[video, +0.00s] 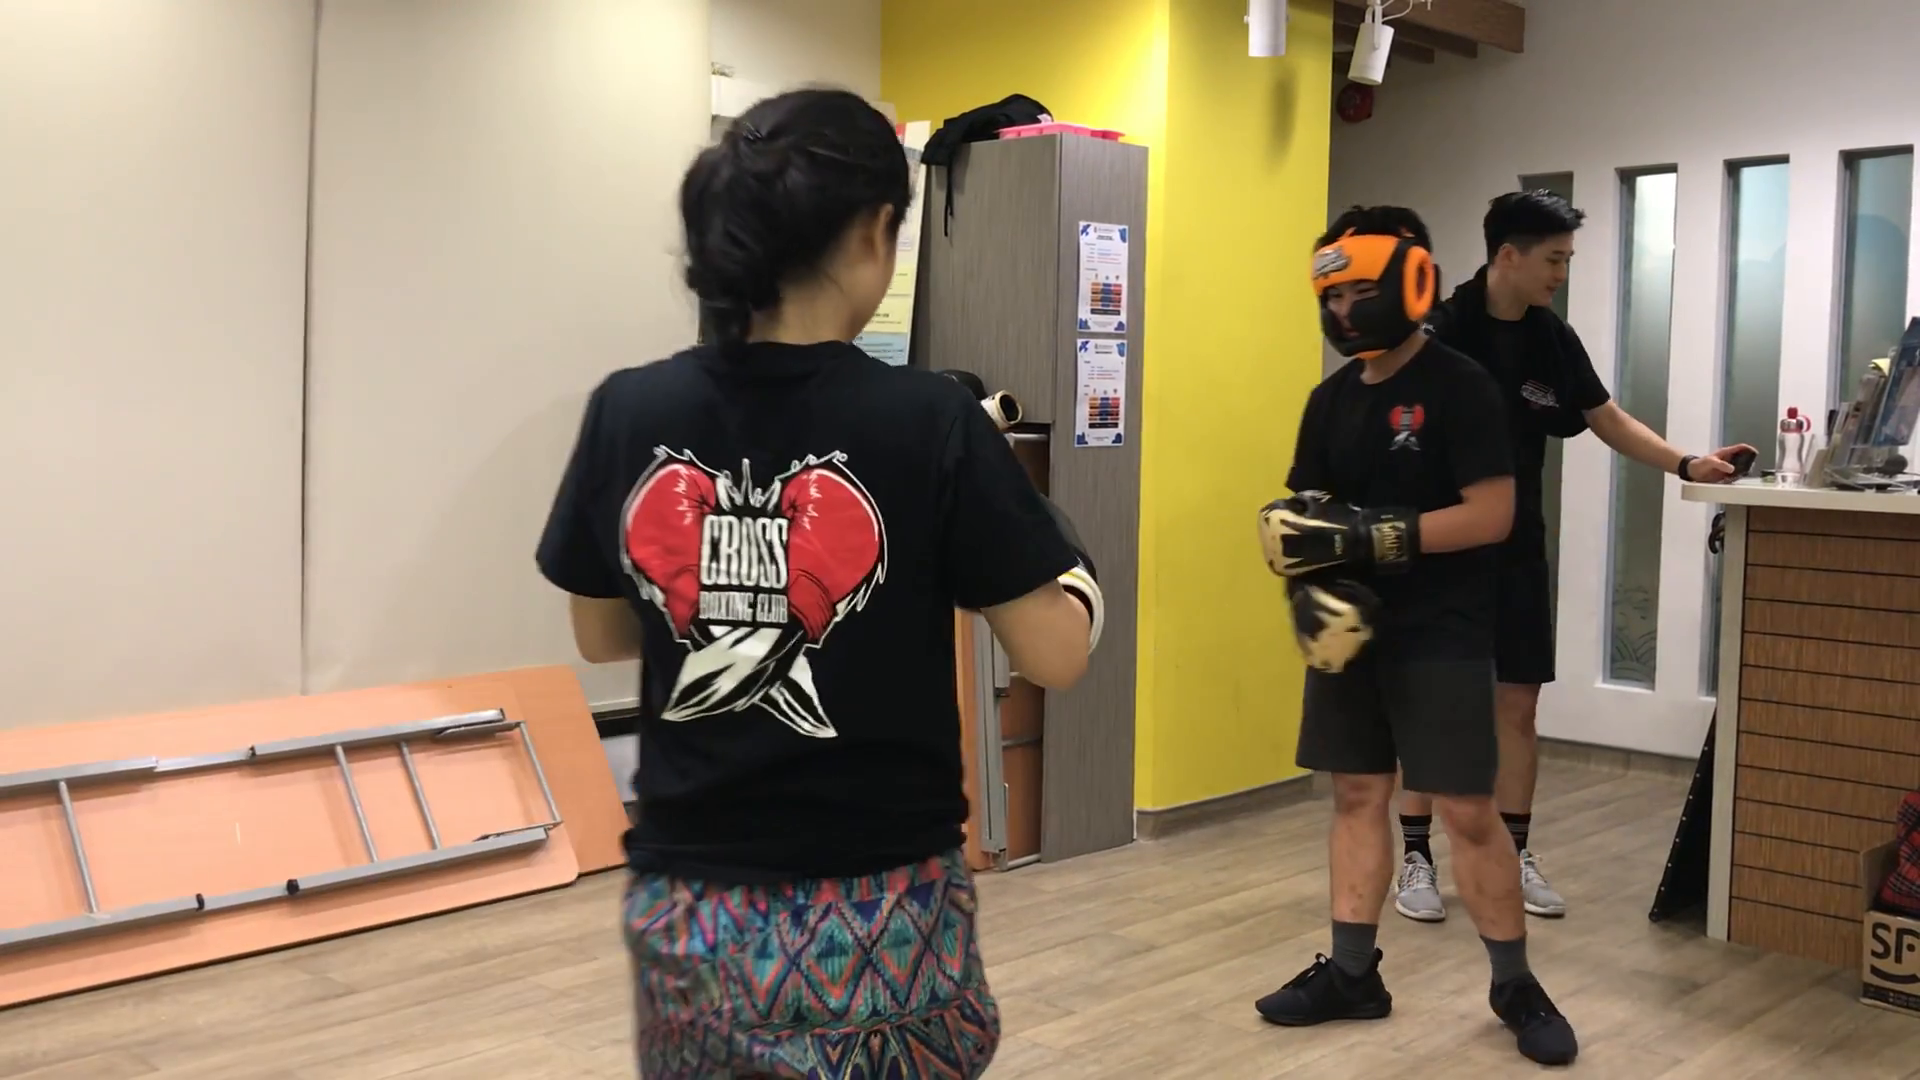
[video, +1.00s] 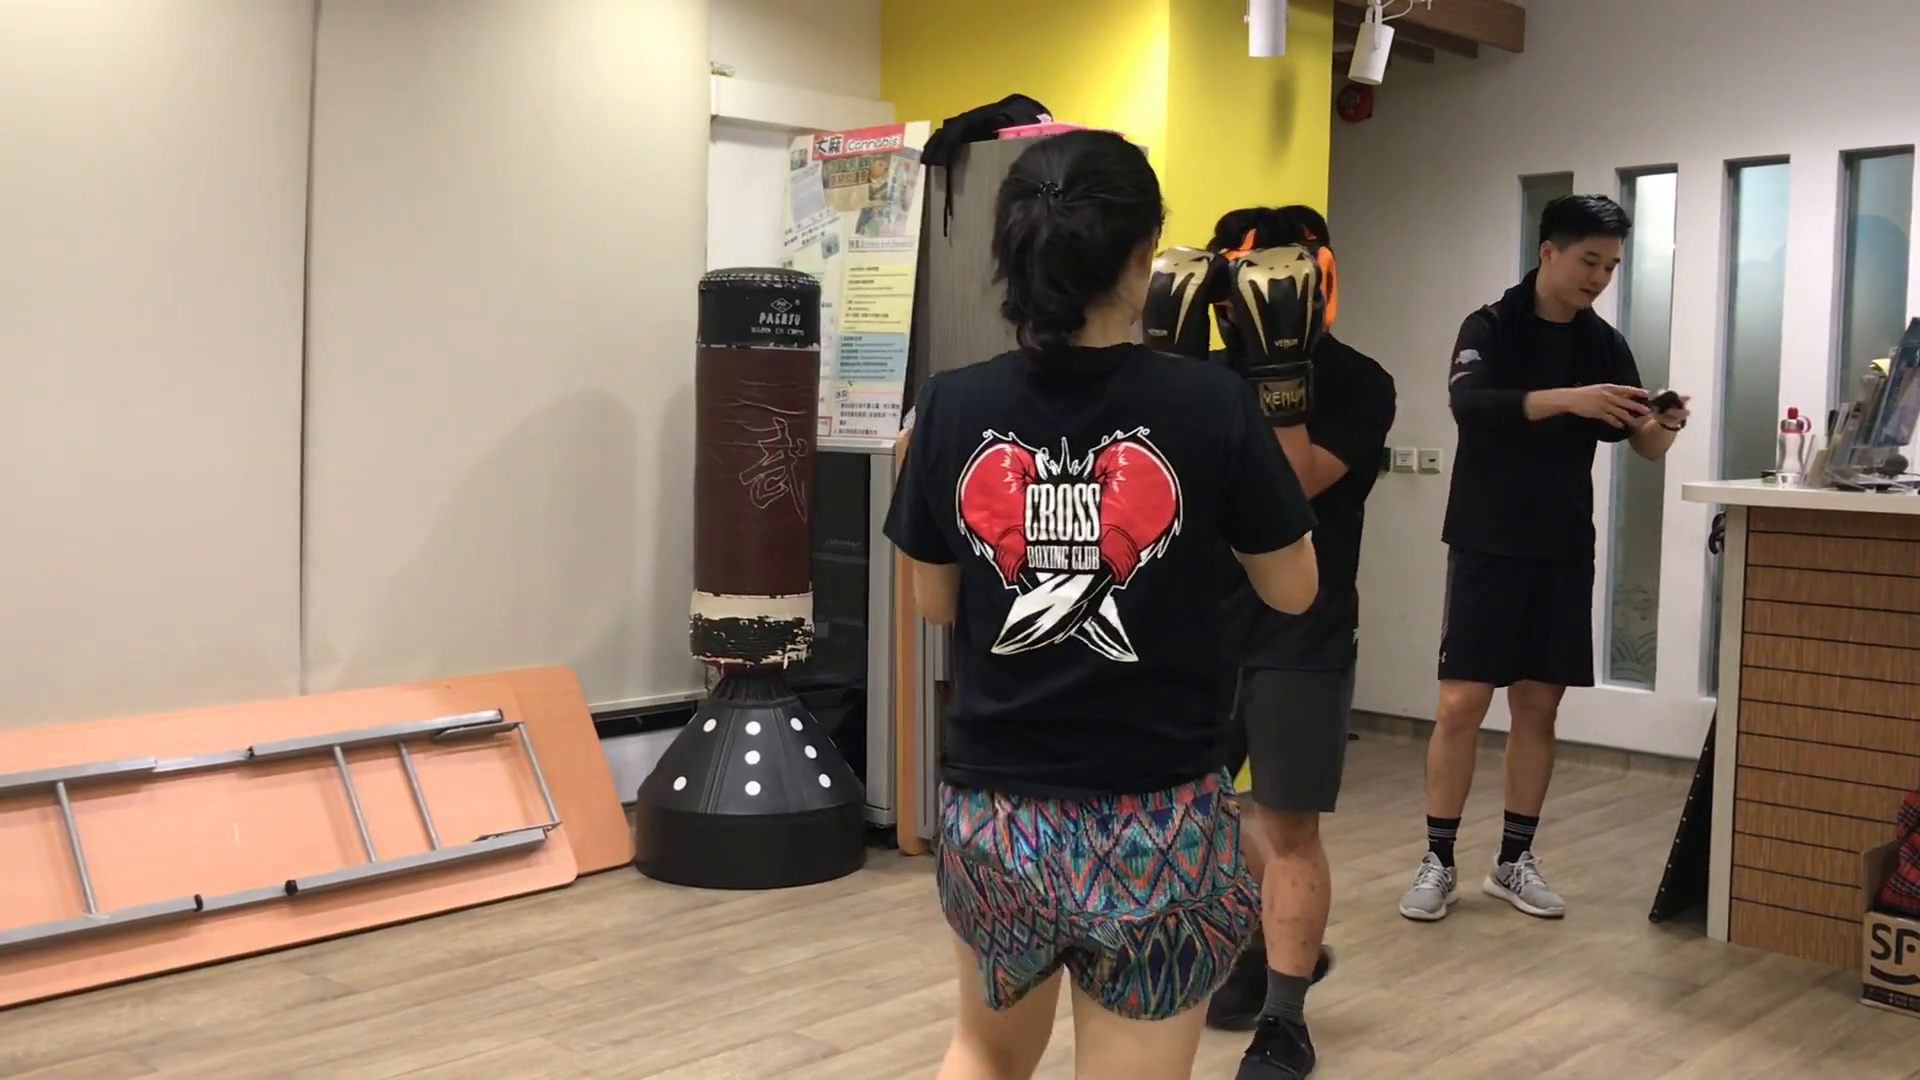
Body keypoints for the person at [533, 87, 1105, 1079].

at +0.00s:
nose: (897, 256)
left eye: (898, 230)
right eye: (898, 229)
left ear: (729, 225)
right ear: (872, 235)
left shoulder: (627, 410)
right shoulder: (929, 420)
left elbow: (601, 631)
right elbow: (1058, 656)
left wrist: (728, 569)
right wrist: (1068, 571)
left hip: (685, 908)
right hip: (883, 909)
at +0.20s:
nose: (916, 260)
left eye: (915, 234)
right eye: (917, 232)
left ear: (768, 234)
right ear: (896, 237)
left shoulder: (684, 409)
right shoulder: (946, 407)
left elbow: (674, 627)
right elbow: (1043, 637)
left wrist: (776, 560)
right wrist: (1064, 565)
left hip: (744, 863)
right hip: (924, 869)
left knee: (804, 1064)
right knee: (1011, 1057)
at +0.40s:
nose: (962, 263)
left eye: (960, 236)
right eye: (962, 234)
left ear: (820, 239)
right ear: (940, 234)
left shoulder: (747, 401)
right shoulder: (980, 379)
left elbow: (752, 616)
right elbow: (1093, 599)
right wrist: (1124, 520)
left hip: (798, 835)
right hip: (971, 831)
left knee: (848, 1067)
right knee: (1061, 1062)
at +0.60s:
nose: (1038, 269)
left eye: (1035, 245)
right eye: (1037, 244)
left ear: (896, 252)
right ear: (1019, 251)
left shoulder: (833, 414)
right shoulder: (1079, 403)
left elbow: (833, 624)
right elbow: (1188, 605)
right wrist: (1169, 494)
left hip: (883, 834)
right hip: (1054, 839)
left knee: (894, 1064)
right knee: (1089, 1063)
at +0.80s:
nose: (1122, 258)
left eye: (1117, 236)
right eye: (1120, 239)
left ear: (973, 250)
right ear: (1108, 257)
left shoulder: (919, 406)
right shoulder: (1177, 406)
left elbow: (896, 604)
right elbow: (1269, 597)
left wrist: (998, 523)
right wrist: (1181, 505)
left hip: (964, 817)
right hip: (1129, 821)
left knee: (969, 1064)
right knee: (1120, 1062)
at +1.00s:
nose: (1157, 249)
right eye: (1157, 232)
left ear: (1011, 247)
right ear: (1146, 252)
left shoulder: (956, 406)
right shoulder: (1211, 403)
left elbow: (931, 598)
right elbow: (1293, 584)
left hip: (996, 812)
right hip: (1163, 820)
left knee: (986, 1050)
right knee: (1134, 1064)